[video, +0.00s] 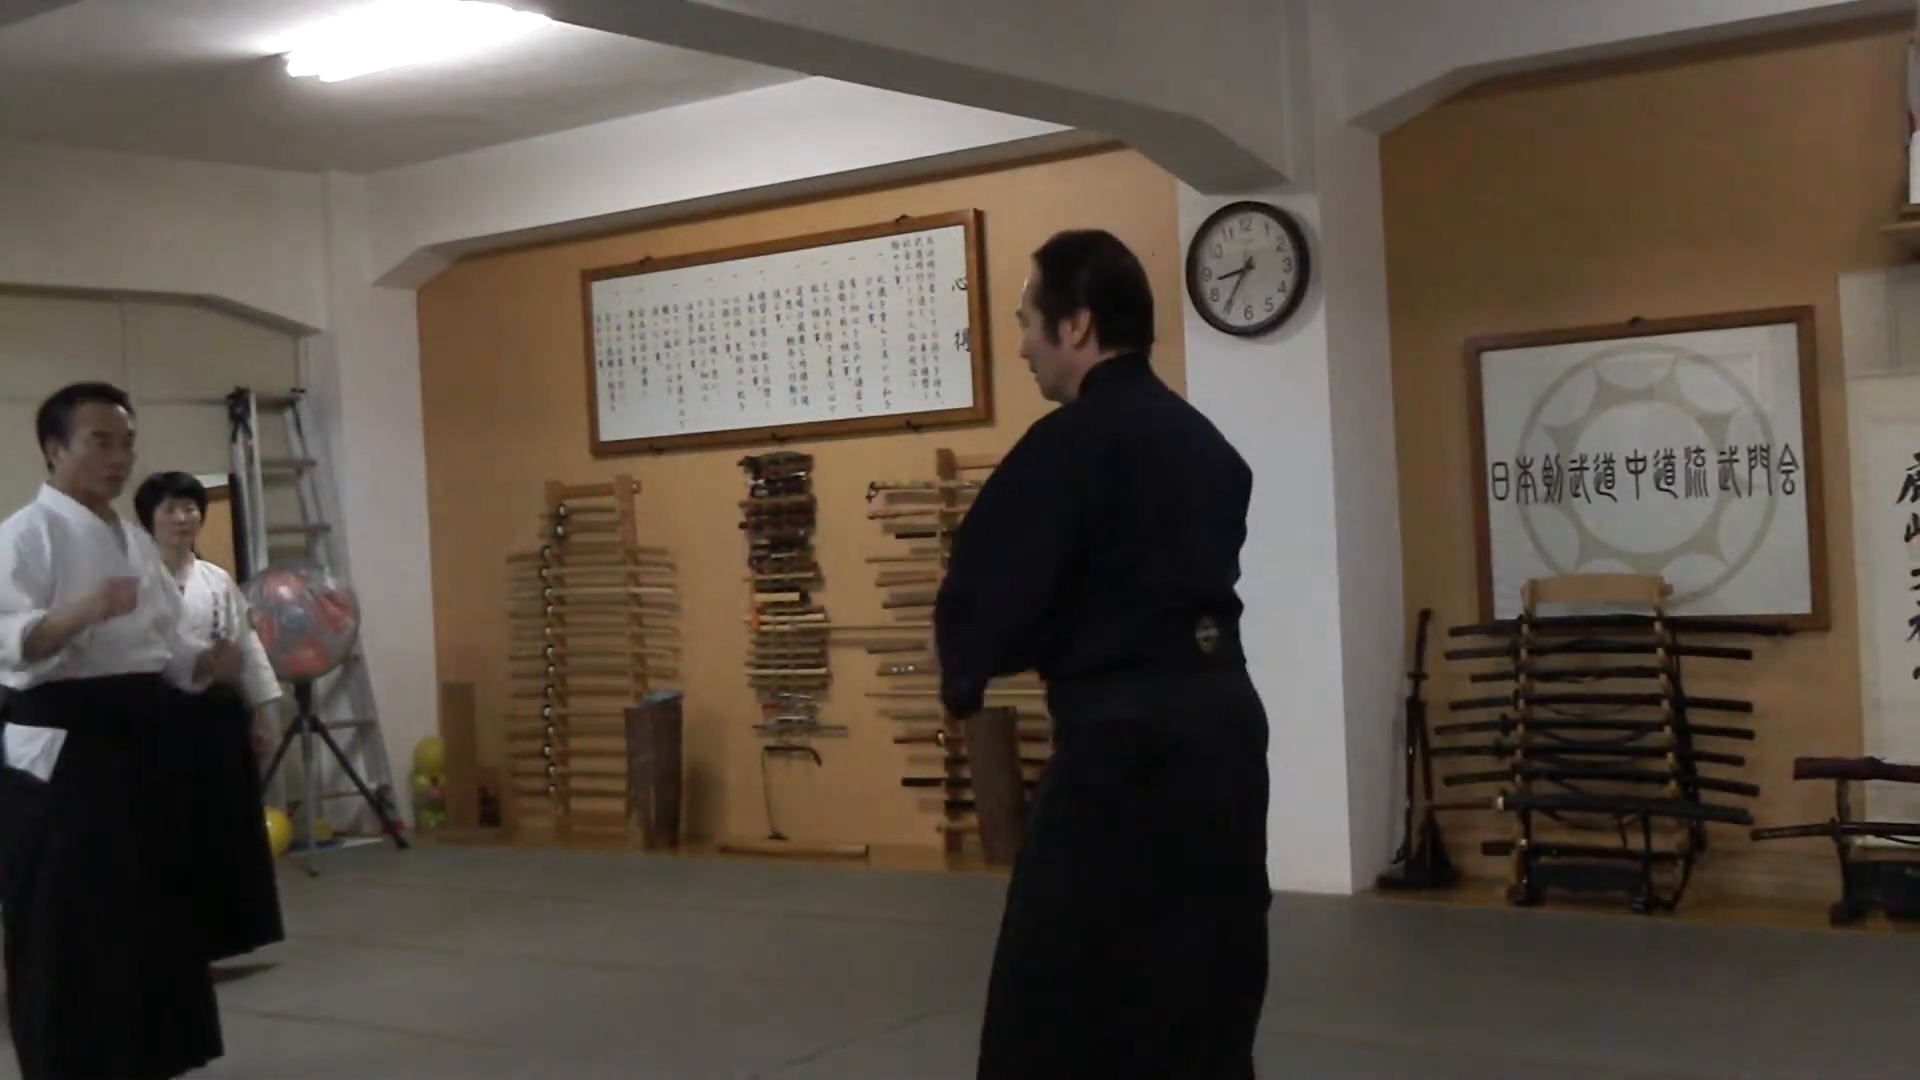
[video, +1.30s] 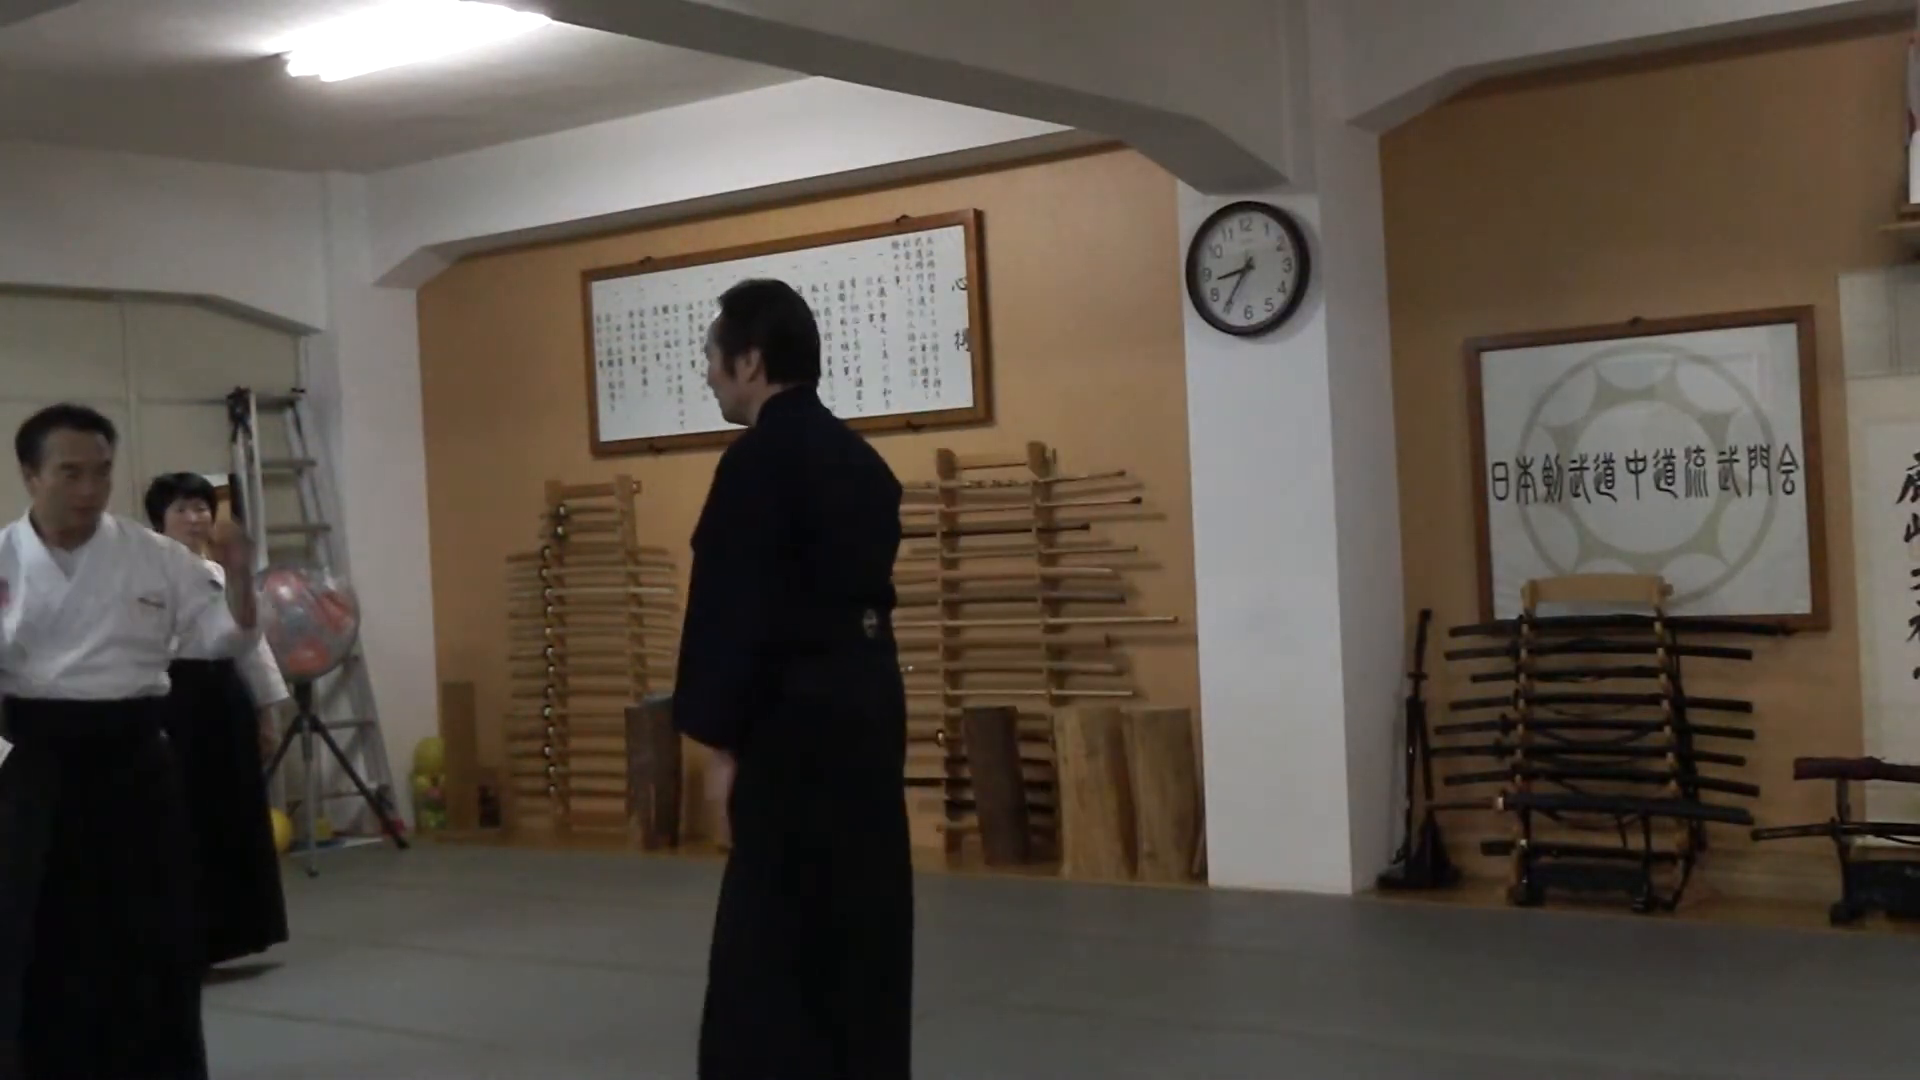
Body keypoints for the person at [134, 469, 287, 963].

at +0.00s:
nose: (183, 517)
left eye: (191, 509)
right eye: (171, 509)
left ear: (202, 519)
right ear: (149, 519)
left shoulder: (217, 581)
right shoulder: (138, 581)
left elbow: (246, 647)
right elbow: (130, 658)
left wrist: (264, 711)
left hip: (214, 719)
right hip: (154, 722)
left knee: (218, 830)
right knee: (164, 838)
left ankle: (213, 938)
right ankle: (171, 943)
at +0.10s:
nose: (183, 516)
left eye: (191, 508)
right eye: (170, 509)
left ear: (204, 518)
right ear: (148, 522)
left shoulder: (217, 579)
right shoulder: (141, 581)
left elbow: (243, 643)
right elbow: (136, 656)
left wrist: (263, 707)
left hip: (217, 704)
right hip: (160, 711)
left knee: (226, 816)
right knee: (174, 826)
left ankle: (230, 930)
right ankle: (184, 936)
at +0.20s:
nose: (182, 522)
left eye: (191, 512)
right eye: (169, 514)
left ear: (203, 519)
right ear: (147, 522)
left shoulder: (216, 579)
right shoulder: (135, 583)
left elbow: (243, 645)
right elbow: (135, 651)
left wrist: (263, 708)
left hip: (215, 698)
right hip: (158, 702)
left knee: (222, 812)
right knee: (167, 819)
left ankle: (225, 929)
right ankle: (172, 933)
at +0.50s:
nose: (186, 522)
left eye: (195, 512)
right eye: (173, 513)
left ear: (207, 519)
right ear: (148, 523)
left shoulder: (219, 580)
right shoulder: (137, 583)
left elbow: (245, 644)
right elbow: (131, 654)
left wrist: (265, 707)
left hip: (218, 700)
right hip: (160, 704)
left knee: (224, 814)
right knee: (169, 821)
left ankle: (222, 934)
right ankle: (176, 938)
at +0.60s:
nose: (187, 521)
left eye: (195, 511)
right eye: (174, 513)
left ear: (208, 519)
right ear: (149, 523)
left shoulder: (221, 580)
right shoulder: (139, 583)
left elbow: (246, 645)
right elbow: (133, 655)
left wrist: (265, 710)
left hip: (220, 699)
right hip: (162, 704)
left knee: (226, 814)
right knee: (174, 821)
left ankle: (229, 932)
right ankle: (181, 938)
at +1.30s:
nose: (197, 517)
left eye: (203, 508)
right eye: (184, 509)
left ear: (215, 518)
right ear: (159, 521)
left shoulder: (222, 578)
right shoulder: (148, 575)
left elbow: (249, 643)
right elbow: (137, 652)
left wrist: (269, 708)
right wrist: (141, 720)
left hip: (225, 701)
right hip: (170, 703)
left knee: (231, 814)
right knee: (180, 819)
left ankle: (232, 932)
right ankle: (187, 938)